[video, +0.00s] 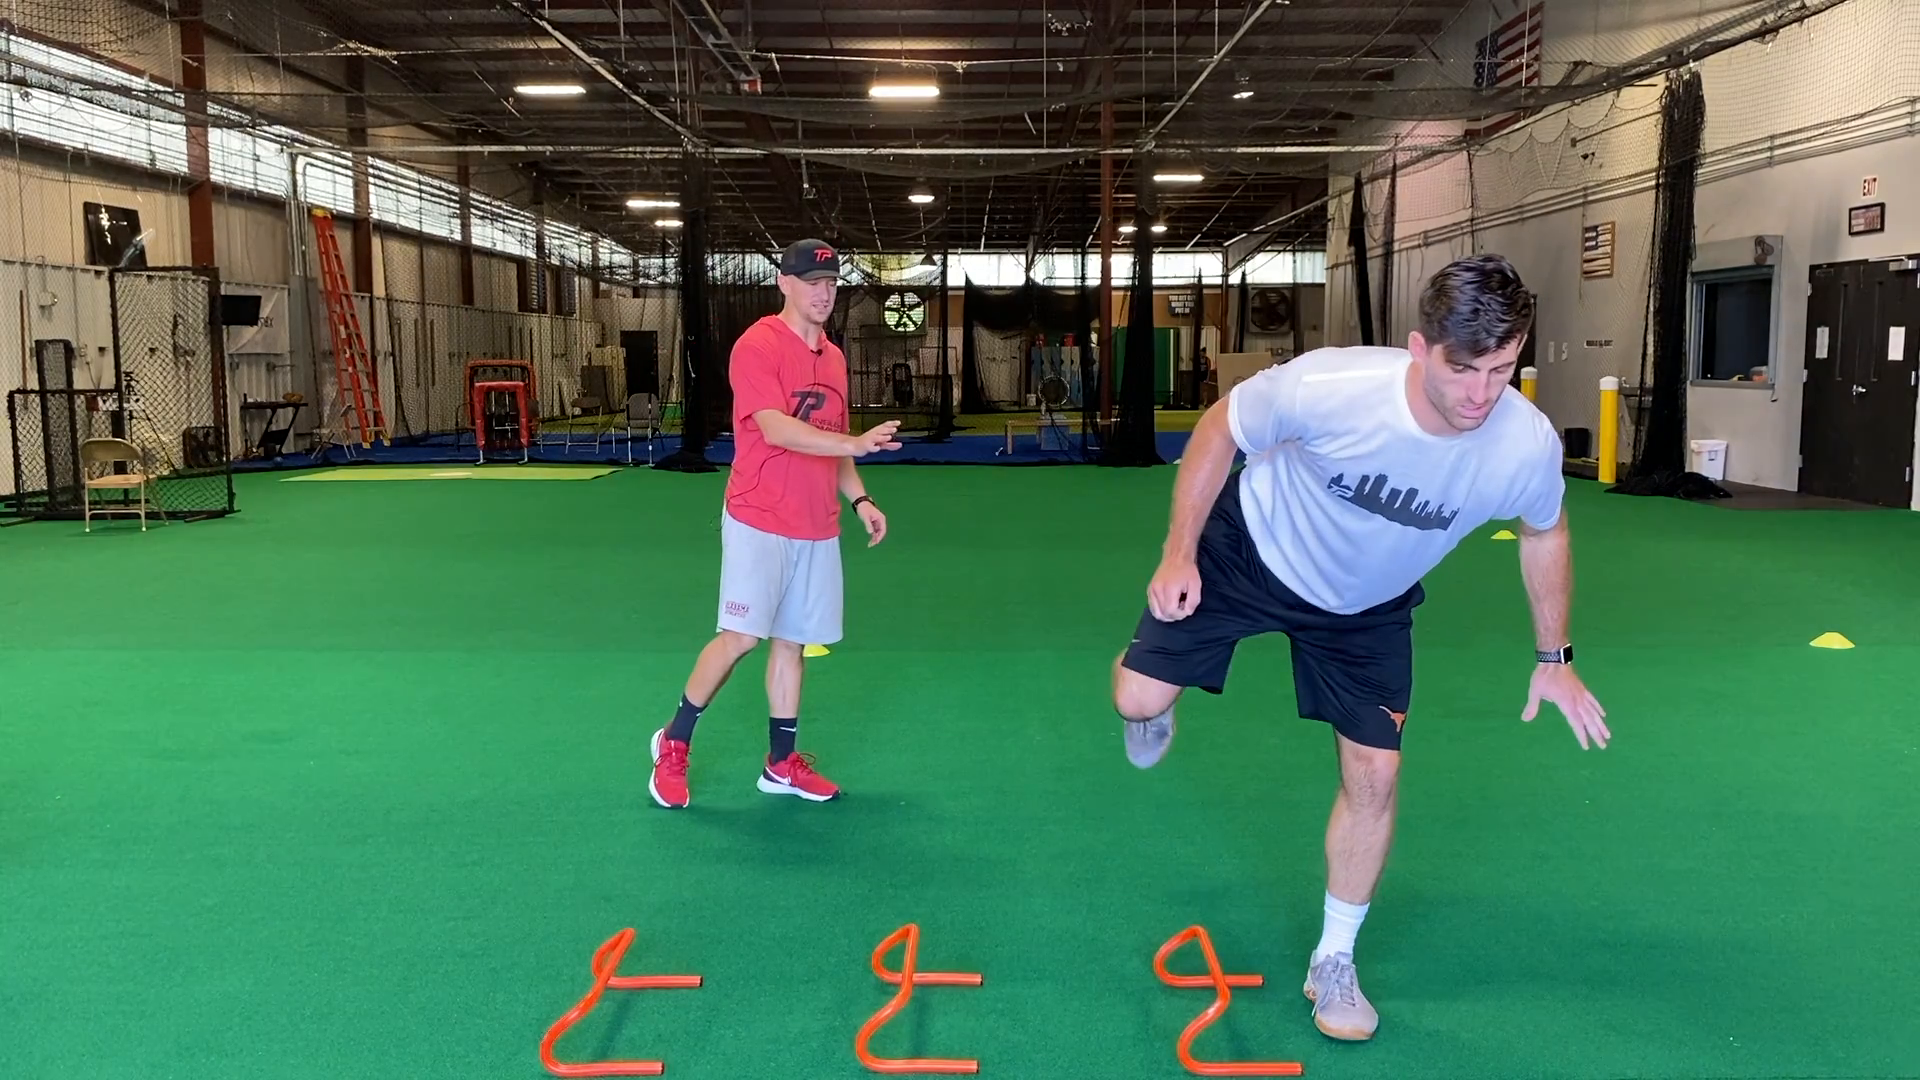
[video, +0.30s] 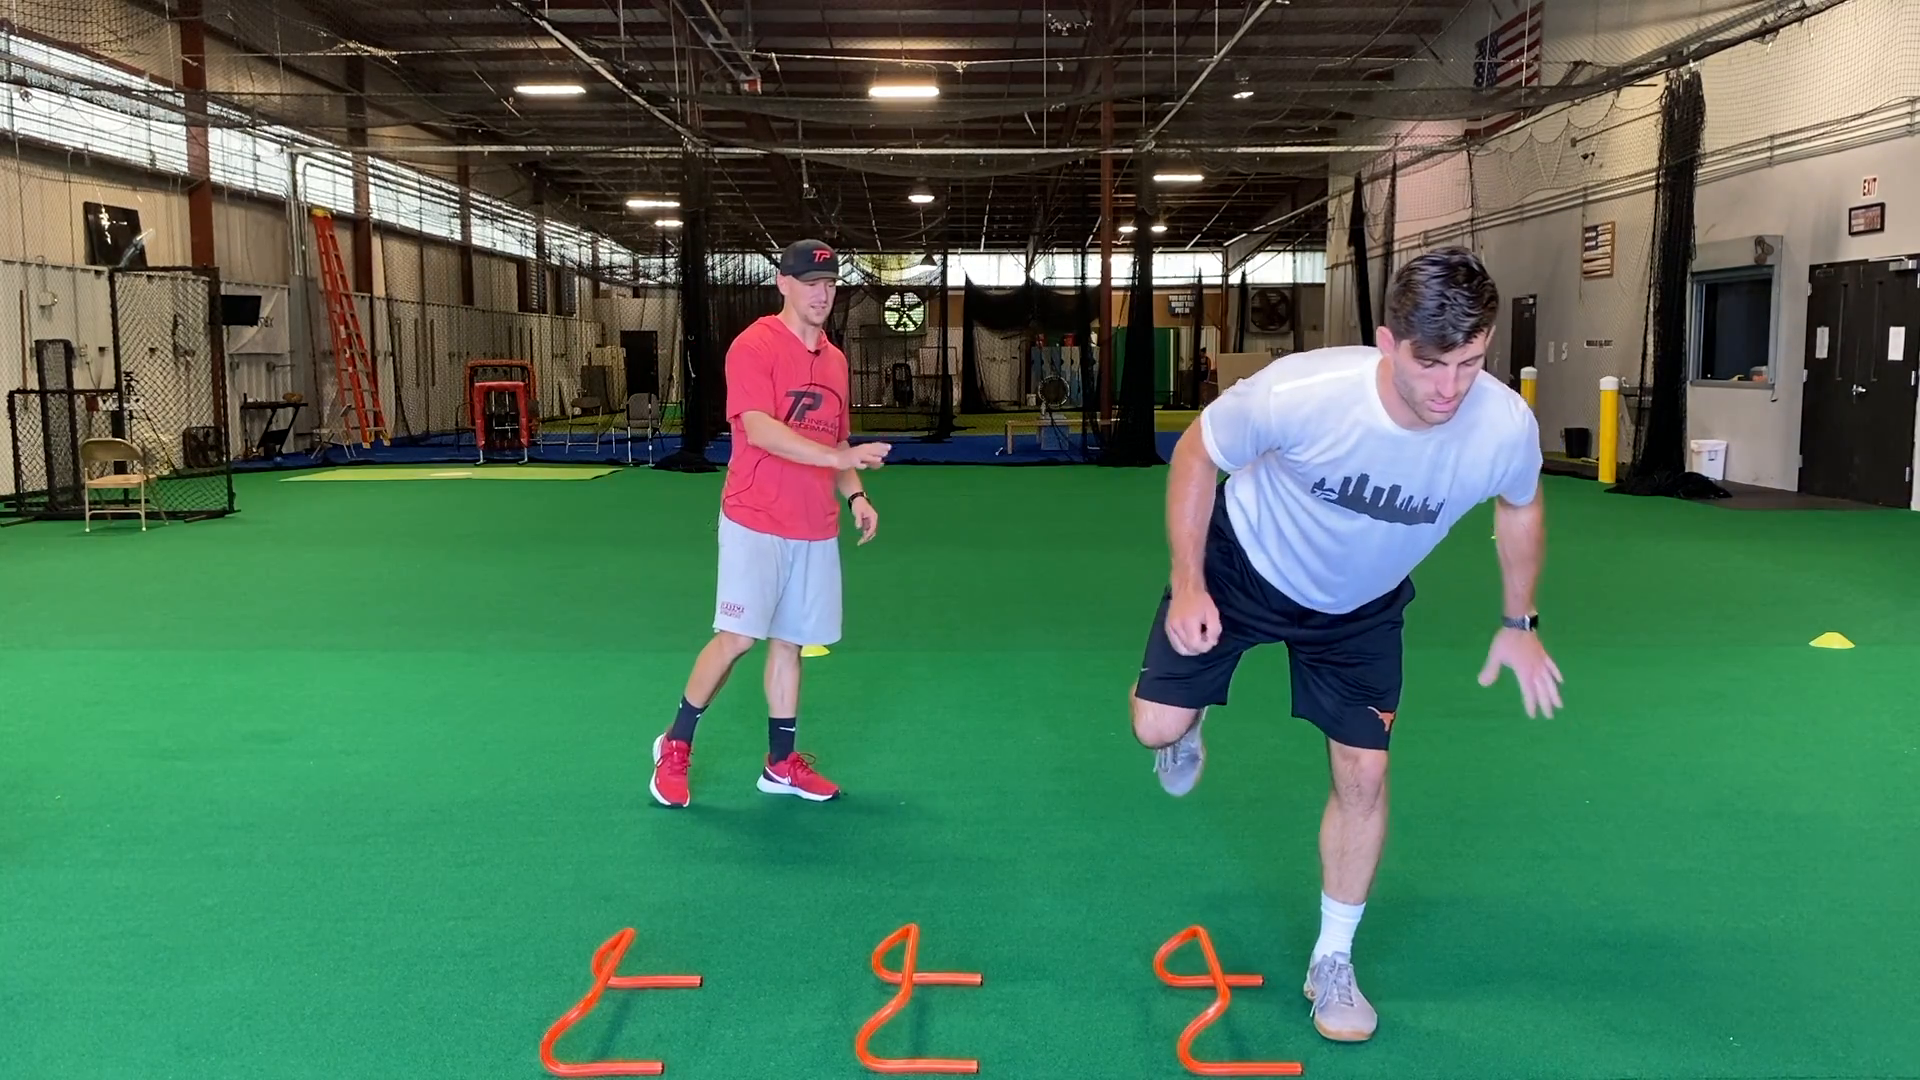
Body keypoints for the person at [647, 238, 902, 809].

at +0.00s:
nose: (825, 292)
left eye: (831, 282)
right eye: (813, 281)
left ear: (836, 288)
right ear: (784, 285)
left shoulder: (833, 357)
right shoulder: (757, 345)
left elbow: (834, 440)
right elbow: (774, 428)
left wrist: (860, 500)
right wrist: (852, 444)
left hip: (814, 523)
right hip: (758, 518)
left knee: (791, 639)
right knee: (742, 633)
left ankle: (782, 761)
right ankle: (674, 740)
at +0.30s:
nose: (822, 294)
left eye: (829, 285)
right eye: (811, 283)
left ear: (836, 290)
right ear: (783, 284)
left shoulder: (835, 360)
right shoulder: (752, 346)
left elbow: (837, 441)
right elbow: (759, 430)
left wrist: (855, 495)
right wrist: (840, 457)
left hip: (812, 524)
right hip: (754, 518)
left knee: (789, 639)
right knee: (740, 633)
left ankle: (782, 761)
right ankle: (676, 742)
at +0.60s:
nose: (808, 295)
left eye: (817, 286)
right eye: (798, 284)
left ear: (827, 291)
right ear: (774, 286)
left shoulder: (837, 365)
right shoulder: (737, 348)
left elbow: (844, 445)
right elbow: (723, 434)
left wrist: (883, 464)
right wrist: (759, 510)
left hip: (804, 528)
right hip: (737, 520)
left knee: (783, 643)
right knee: (717, 636)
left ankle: (781, 762)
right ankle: (676, 752)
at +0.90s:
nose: (766, 297)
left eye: (775, 286)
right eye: (754, 287)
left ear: (789, 288)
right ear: (735, 288)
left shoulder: (818, 360)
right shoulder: (701, 354)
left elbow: (846, 445)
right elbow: (668, 436)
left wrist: (862, 419)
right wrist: (647, 516)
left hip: (783, 534)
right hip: (708, 530)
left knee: (776, 646)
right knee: (690, 643)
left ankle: (781, 762)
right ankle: (667, 767)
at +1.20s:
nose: (682, 294)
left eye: (691, 281)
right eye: (670, 285)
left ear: (712, 279)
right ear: (659, 291)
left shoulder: (758, 352)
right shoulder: (645, 358)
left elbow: (792, 433)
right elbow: (626, 433)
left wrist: (774, 454)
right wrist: (636, 461)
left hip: (735, 531)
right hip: (660, 531)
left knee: (755, 644)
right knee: (661, 645)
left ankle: (780, 760)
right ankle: (661, 769)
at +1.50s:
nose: (641, 287)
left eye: (652, 275)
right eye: (630, 278)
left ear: (674, 277)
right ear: (619, 285)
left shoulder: (707, 344)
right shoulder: (604, 359)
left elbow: (740, 422)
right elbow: (574, 435)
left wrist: (704, 464)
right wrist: (597, 468)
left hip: (704, 525)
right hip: (633, 530)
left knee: (726, 648)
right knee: (649, 647)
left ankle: (753, 769)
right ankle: (660, 768)